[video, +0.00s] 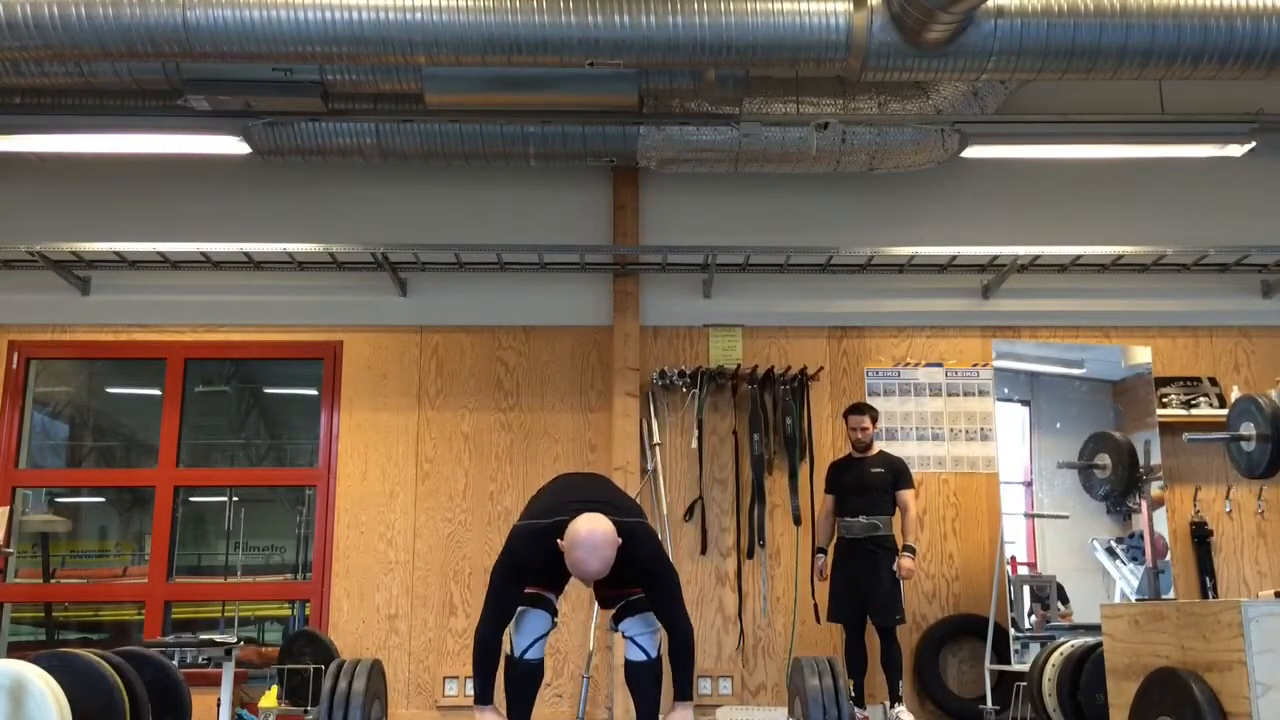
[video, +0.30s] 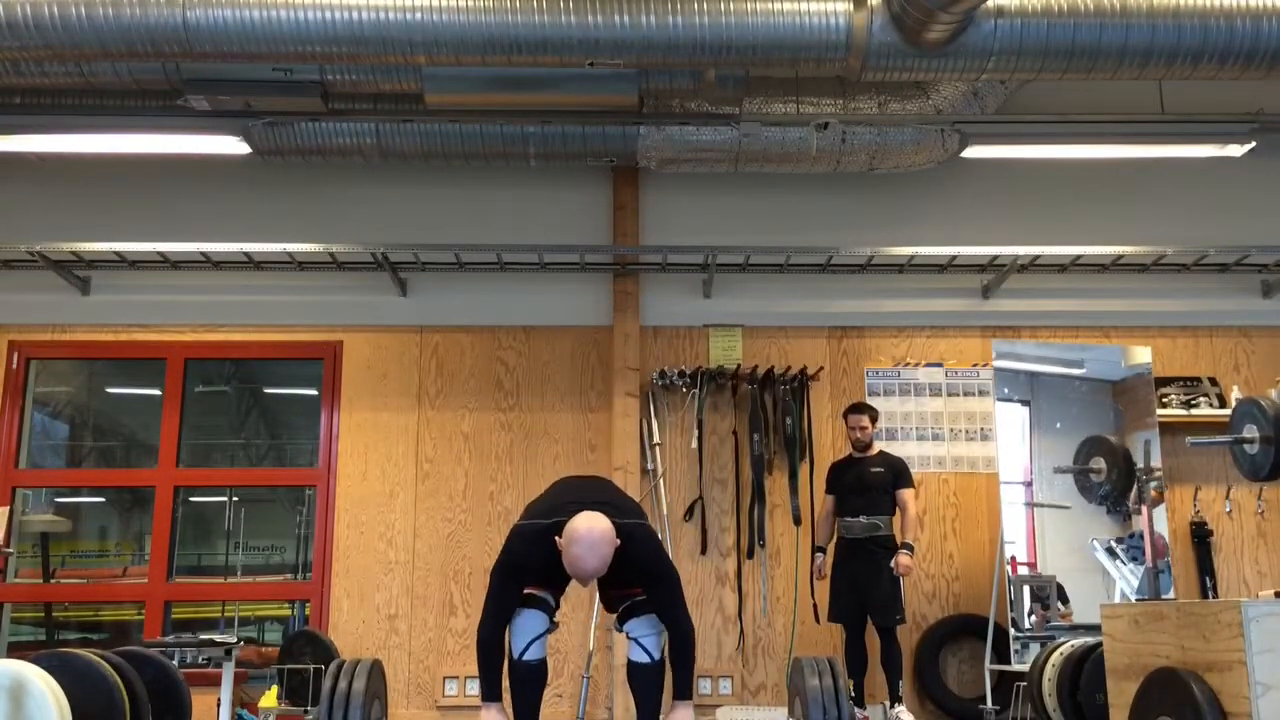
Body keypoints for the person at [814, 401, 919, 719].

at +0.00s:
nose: (858, 435)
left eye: (863, 429)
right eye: (853, 429)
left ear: (875, 428)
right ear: (846, 429)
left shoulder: (893, 465)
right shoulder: (837, 468)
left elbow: (908, 509)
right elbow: (826, 513)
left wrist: (908, 551)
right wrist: (820, 552)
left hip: (882, 558)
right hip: (847, 558)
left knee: (887, 632)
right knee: (853, 633)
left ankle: (896, 704)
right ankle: (858, 705)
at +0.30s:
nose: (857, 434)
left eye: (863, 428)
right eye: (852, 428)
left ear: (874, 428)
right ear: (846, 429)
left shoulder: (894, 465)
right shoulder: (837, 468)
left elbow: (908, 508)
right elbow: (827, 514)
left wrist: (906, 548)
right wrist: (819, 552)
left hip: (882, 558)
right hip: (847, 559)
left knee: (887, 631)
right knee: (853, 632)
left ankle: (896, 703)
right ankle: (858, 705)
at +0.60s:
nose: (855, 433)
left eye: (861, 427)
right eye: (850, 427)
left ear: (873, 427)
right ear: (844, 429)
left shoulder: (893, 465)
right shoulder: (837, 468)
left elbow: (907, 510)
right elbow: (827, 514)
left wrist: (904, 552)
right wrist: (821, 555)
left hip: (882, 559)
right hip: (847, 560)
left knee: (887, 632)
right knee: (853, 633)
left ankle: (896, 704)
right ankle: (858, 705)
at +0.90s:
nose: (855, 432)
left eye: (860, 426)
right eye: (850, 426)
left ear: (873, 427)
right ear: (844, 429)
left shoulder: (892, 465)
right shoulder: (836, 468)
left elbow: (907, 511)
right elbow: (827, 513)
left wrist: (905, 554)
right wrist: (822, 554)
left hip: (881, 558)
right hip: (847, 559)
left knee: (886, 632)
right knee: (853, 633)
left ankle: (896, 704)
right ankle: (858, 705)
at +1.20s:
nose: (857, 431)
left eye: (862, 425)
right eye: (851, 425)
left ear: (874, 427)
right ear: (845, 428)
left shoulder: (892, 465)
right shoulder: (835, 468)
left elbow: (907, 511)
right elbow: (825, 513)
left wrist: (904, 552)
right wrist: (820, 554)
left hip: (882, 557)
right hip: (847, 558)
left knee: (887, 631)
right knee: (853, 632)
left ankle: (896, 704)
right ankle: (858, 705)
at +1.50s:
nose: (857, 431)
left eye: (862, 425)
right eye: (852, 426)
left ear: (874, 427)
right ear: (845, 429)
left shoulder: (892, 465)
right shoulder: (834, 468)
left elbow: (907, 511)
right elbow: (824, 513)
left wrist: (905, 552)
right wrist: (820, 555)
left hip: (882, 557)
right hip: (846, 558)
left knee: (886, 631)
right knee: (853, 632)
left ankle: (896, 703)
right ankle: (857, 705)